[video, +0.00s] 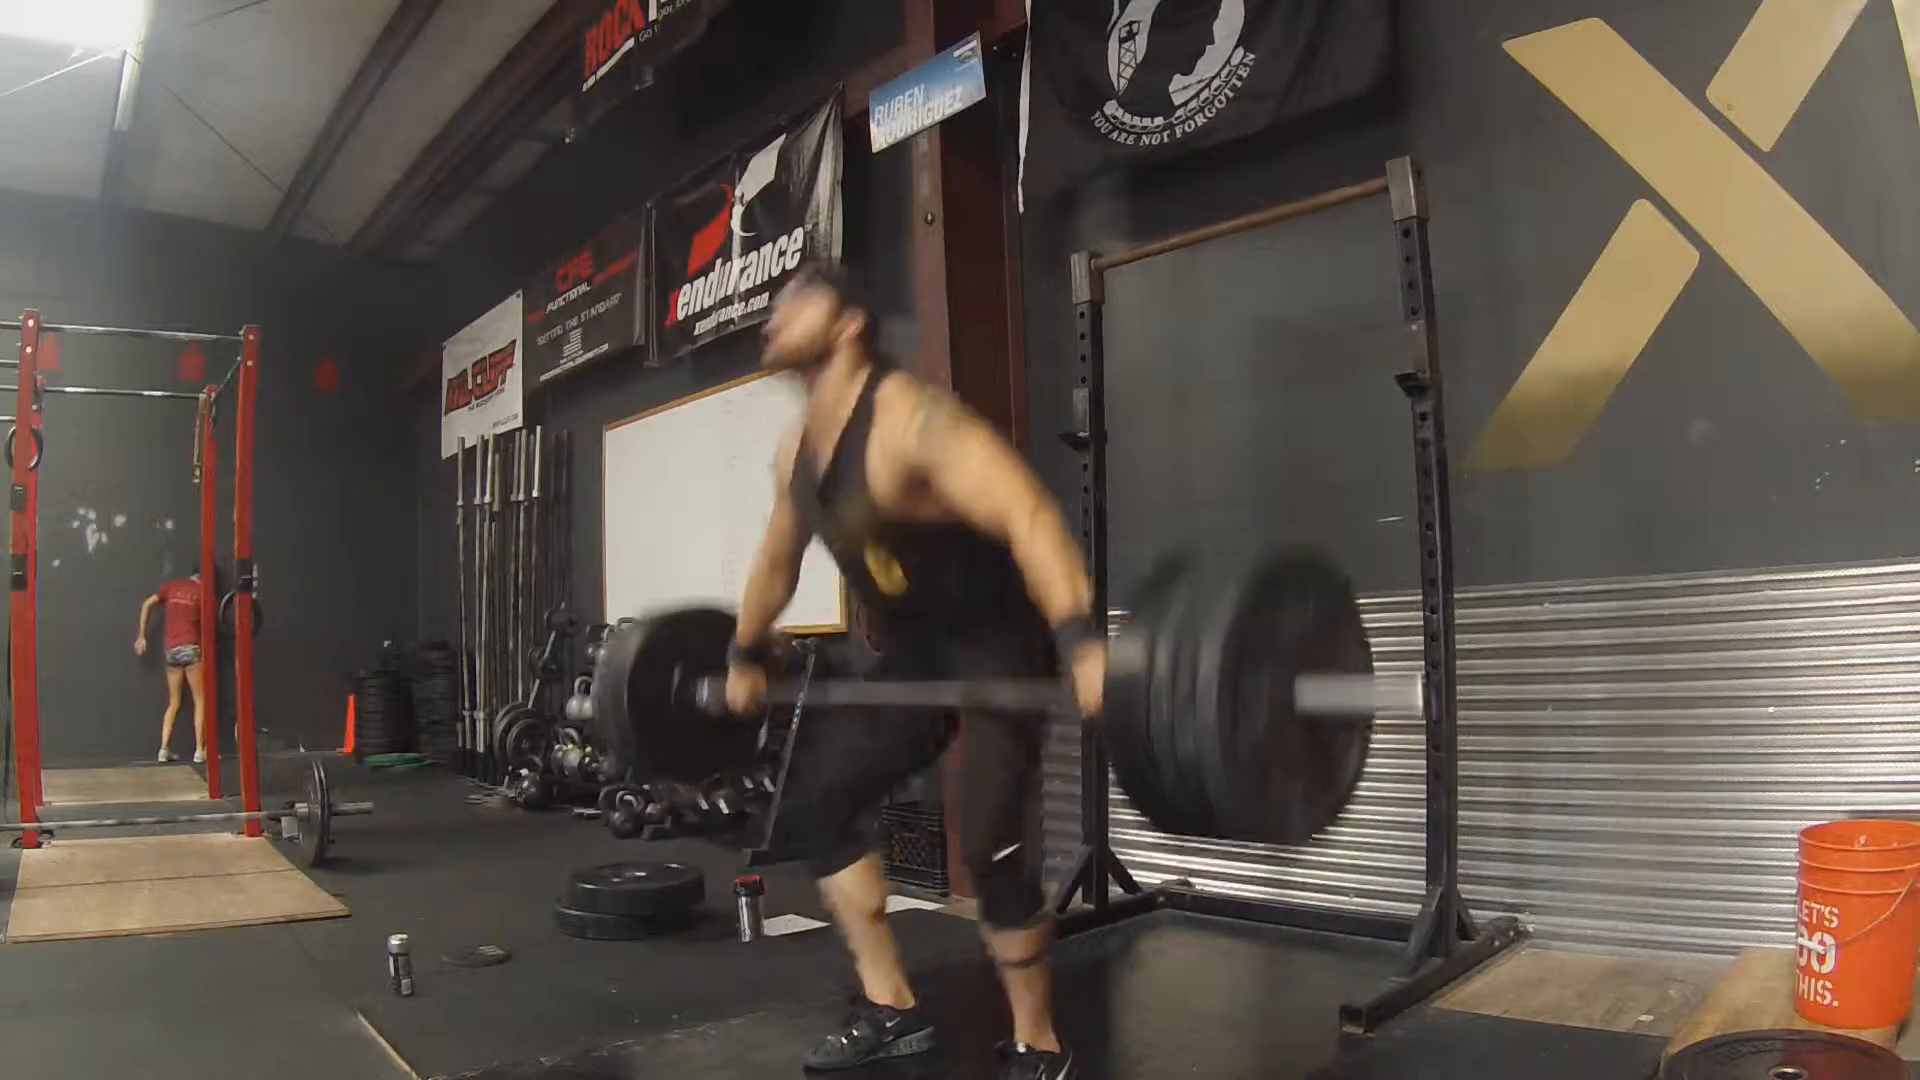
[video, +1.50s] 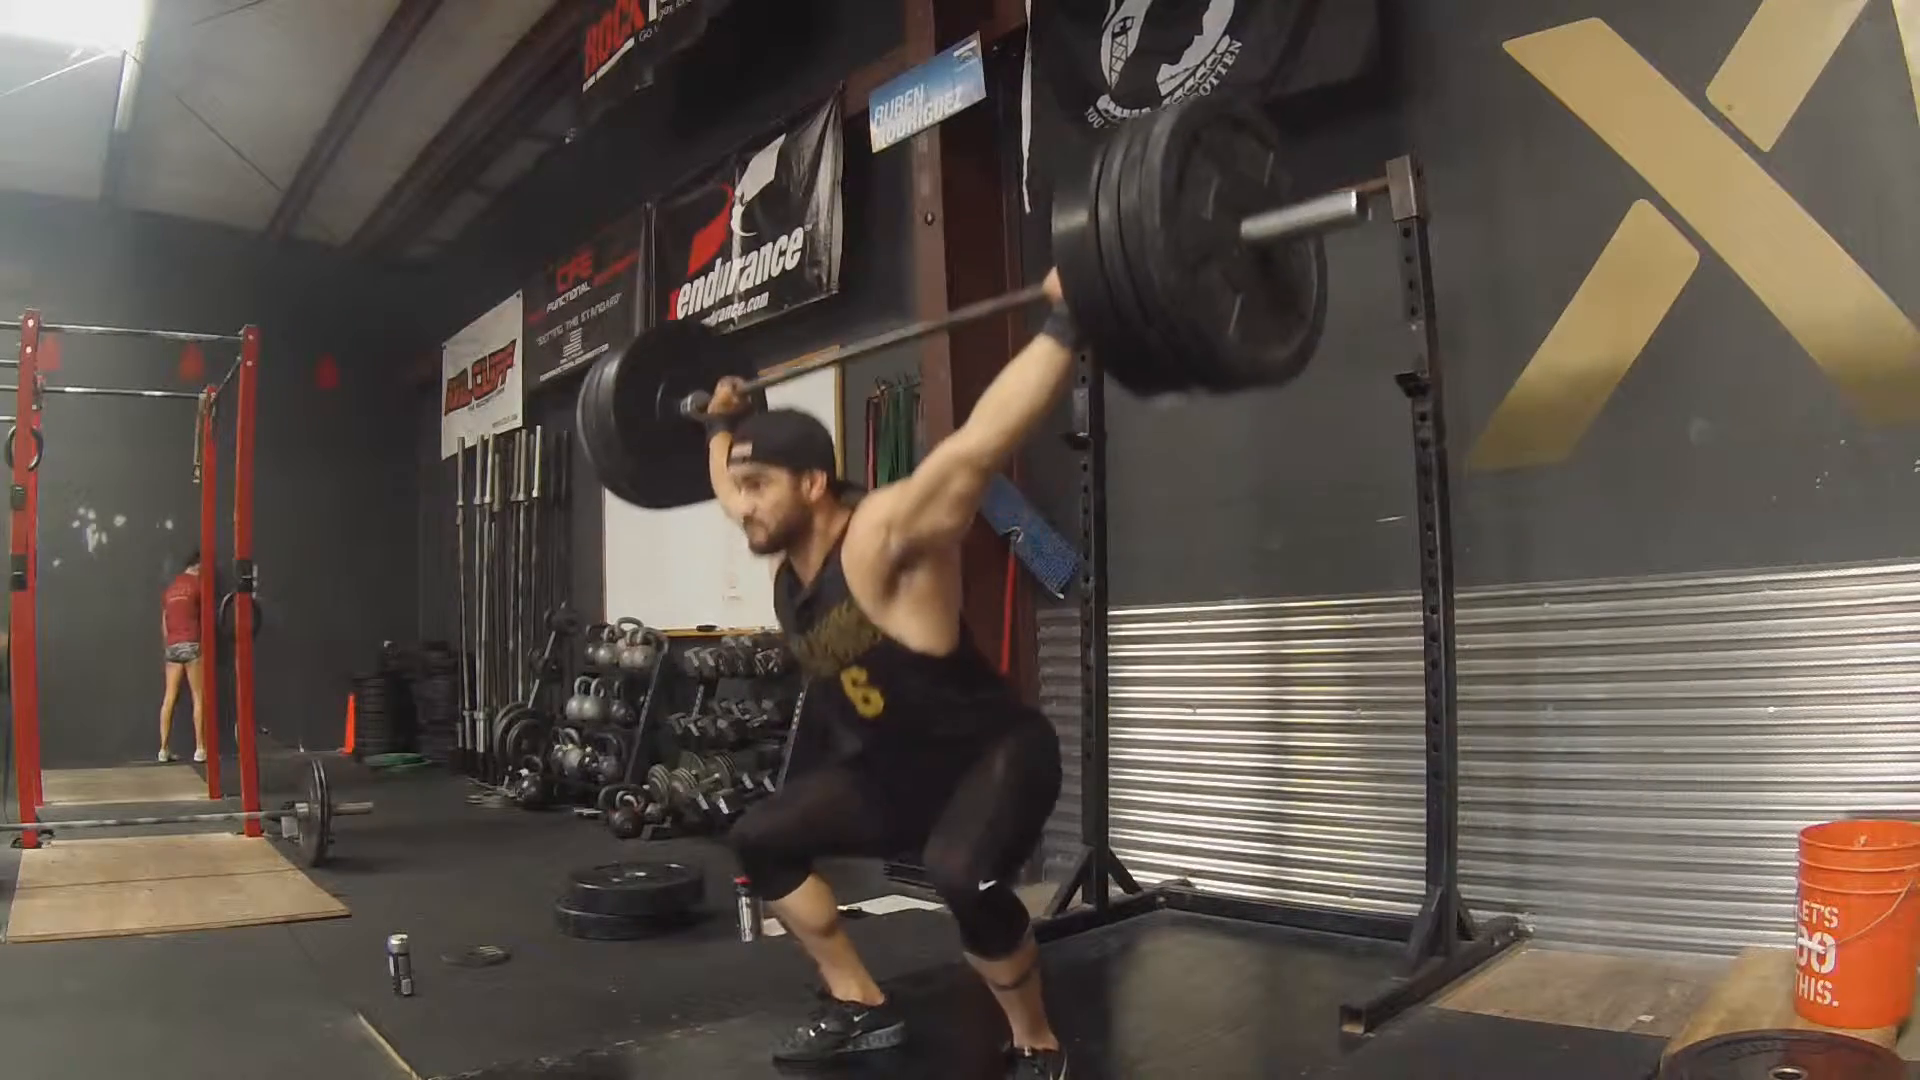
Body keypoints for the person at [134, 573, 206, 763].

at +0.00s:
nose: (206, 584)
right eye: (206, 580)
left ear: (192, 575)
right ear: (203, 577)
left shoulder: (171, 587)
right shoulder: (203, 592)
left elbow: (147, 603)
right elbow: (207, 621)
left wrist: (141, 635)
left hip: (171, 647)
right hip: (192, 646)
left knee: (173, 702)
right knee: (199, 700)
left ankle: (163, 749)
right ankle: (200, 749)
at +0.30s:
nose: (204, 586)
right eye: (205, 583)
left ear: (190, 575)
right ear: (202, 579)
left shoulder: (170, 588)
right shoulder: (200, 592)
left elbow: (147, 607)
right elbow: (206, 621)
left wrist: (144, 639)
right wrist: (207, 647)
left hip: (168, 646)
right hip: (189, 645)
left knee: (173, 701)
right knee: (200, 698)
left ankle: (164, 748)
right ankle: (200, 749)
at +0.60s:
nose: (202, 580)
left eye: (201, 575)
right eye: (203, 576)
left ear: (190, 572)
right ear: (200, 574)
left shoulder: (170, 586)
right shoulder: (201, 589)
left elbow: (149, 607)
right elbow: (208, 618)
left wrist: (148, 638)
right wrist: (208, 644)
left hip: (170, 641)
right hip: (191, 641)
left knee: (171, 697)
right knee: (199, 696)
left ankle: (163, 748)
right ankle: (200, 748)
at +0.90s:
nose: (203, 575)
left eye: (202, 571)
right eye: (203, 571)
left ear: (188, 568)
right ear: (200, 570)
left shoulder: (171, 584)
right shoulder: (202, 587)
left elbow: (150, 605)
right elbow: (208, 616)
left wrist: (149, 635)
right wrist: (209, 640)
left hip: (171, 641)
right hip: (193, 640)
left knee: (170, 697)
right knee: (198, 698)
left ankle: (163, 747)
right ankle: (201, 747)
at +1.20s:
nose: (203, 572)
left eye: (203, 568)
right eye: (203, 568)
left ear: (186, 565)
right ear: (198, 566)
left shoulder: (169, 584)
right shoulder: (199, 584)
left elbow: (154, 614)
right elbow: (207, 614)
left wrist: (156, 644)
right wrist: (209, 639)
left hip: (171, 643)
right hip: (193, 641)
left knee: (169, 697)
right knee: (198, 698)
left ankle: (163, 748)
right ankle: (200, 747)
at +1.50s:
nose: (203, 572)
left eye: (202, 568)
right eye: (203, 568)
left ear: (186, 566)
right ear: (197, 566)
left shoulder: (170, 588)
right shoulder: (198, 584)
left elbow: (164, 619)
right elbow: (205, 613)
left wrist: (167, 642)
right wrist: (207, 638)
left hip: (172, 643)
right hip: (192, 641)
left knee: (169, 697)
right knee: (198, 697)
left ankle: (163, 748)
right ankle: (200, 747)